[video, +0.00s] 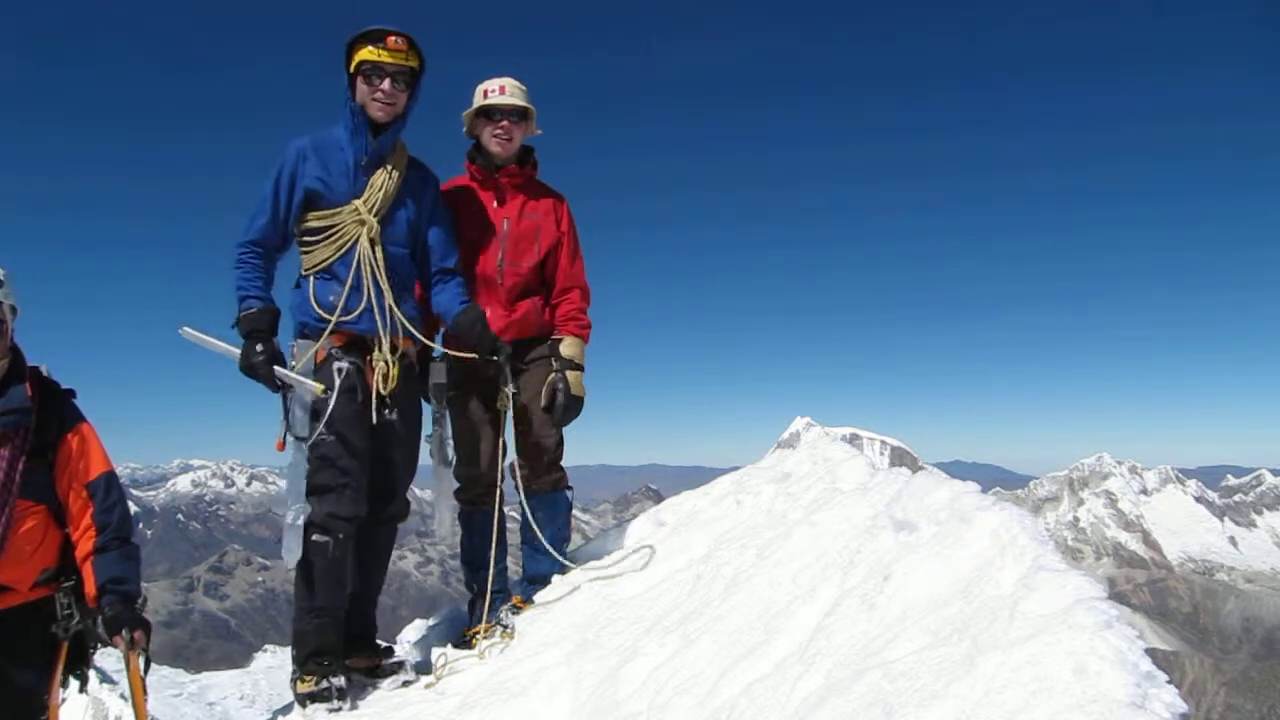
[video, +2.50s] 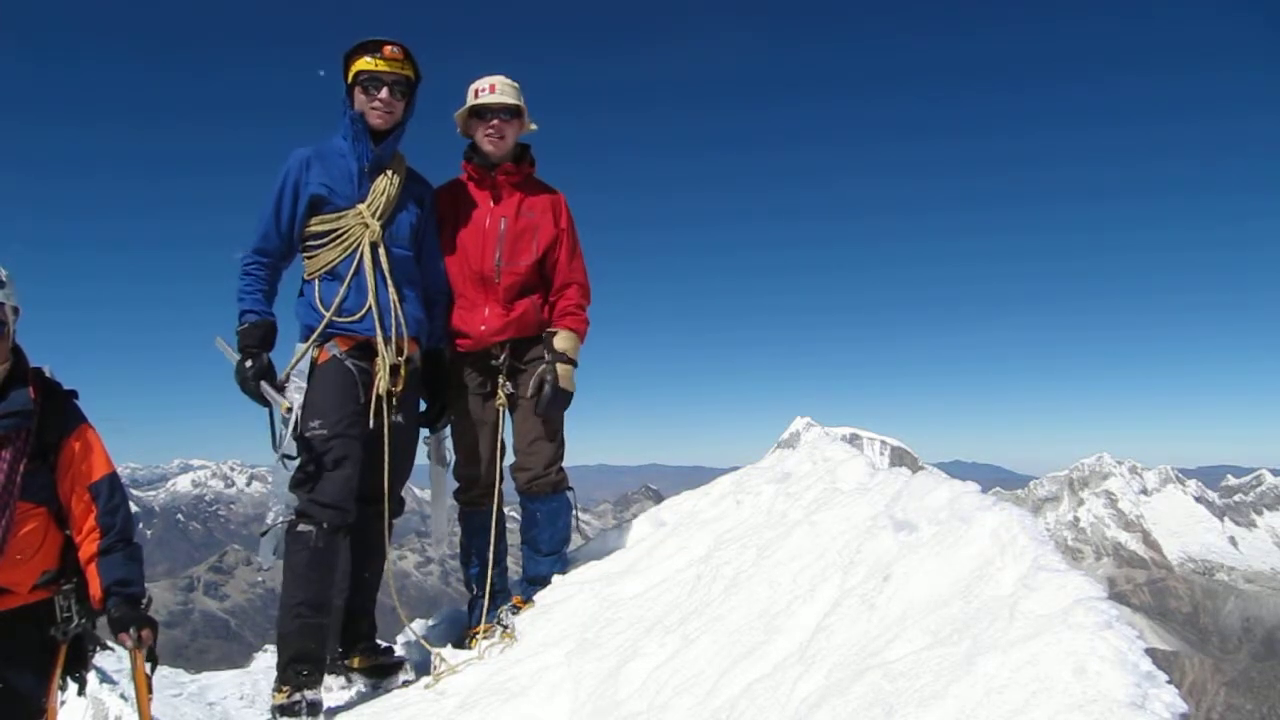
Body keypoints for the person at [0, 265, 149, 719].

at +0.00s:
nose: (0, 331)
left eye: (1, 318)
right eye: (0, 318)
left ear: (11, 321)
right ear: (6, 321)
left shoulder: (45, 408)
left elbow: (98, 507)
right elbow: (98, 507)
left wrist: (116, 597)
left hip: (24, 617)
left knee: (21, 707)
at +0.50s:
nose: (0, 329)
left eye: (1, 317)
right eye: (1, 316)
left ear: (11, 320)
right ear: (7, 320)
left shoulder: (46, 410)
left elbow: (97, 509)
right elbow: (98, 509)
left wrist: (115, 596)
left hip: (23, 617)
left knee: (20, 705)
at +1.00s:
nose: (1, 328)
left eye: (2, 316)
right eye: (2, 316)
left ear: (10, 320)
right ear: (8, 320)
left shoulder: (46, 410)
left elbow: (97, 509)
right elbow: (98, 510)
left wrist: (116, 597)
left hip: (24, 618)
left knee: (21, 705)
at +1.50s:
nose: (1, 328)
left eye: (1, 316)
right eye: (1, 316)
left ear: (10, 319)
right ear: (7, 320)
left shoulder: (45, 409)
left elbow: (97, 507)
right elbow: (98, 507)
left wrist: (118, 596)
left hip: (24, 620)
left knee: (20, 704)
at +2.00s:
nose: (1, 329)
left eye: (2, 317)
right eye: (2, 317)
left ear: (12, 321)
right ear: (8, 321)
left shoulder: (47, 410)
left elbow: (99, 508)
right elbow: (99, 508)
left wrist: (119, 596)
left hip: (25, 619)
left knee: (20, 704)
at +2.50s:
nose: (1, 333)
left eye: (2, 319)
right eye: (2, 319)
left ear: (12, 322)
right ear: (8, 322)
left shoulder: (47, 410)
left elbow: (99, 508)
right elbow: (100, 508)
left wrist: (120, 596)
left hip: (25, 619)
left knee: (20, 705)